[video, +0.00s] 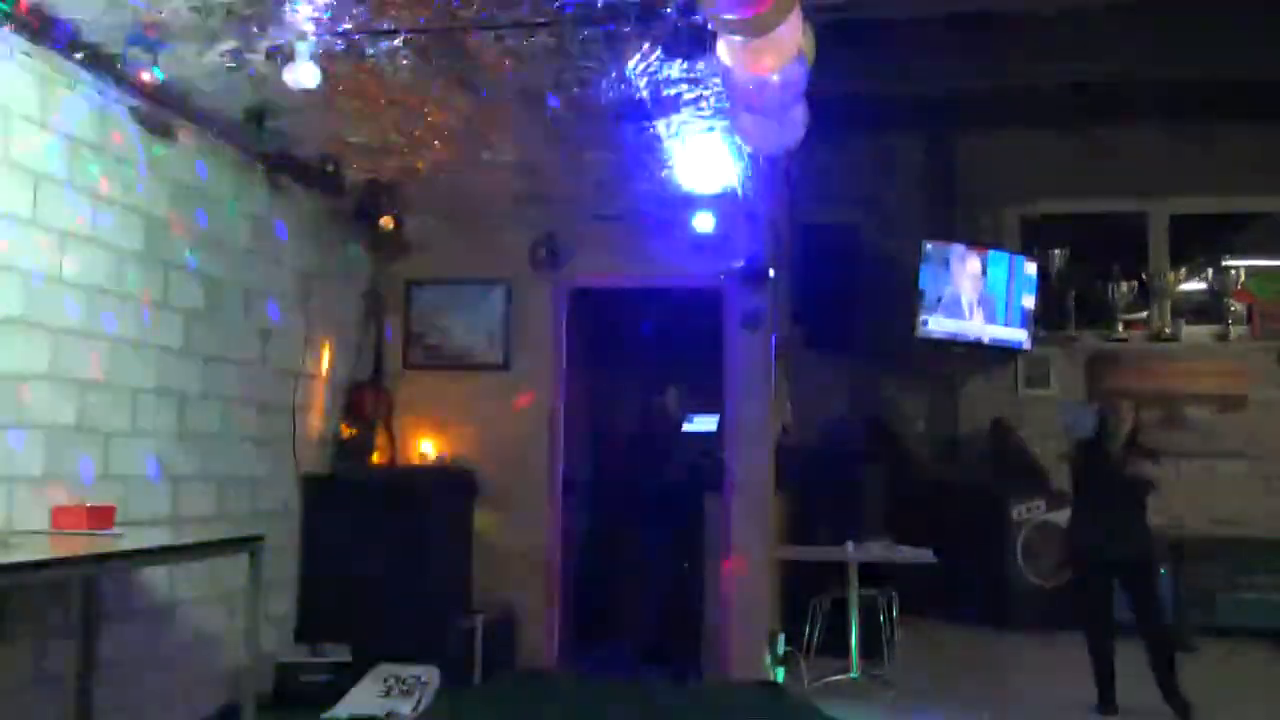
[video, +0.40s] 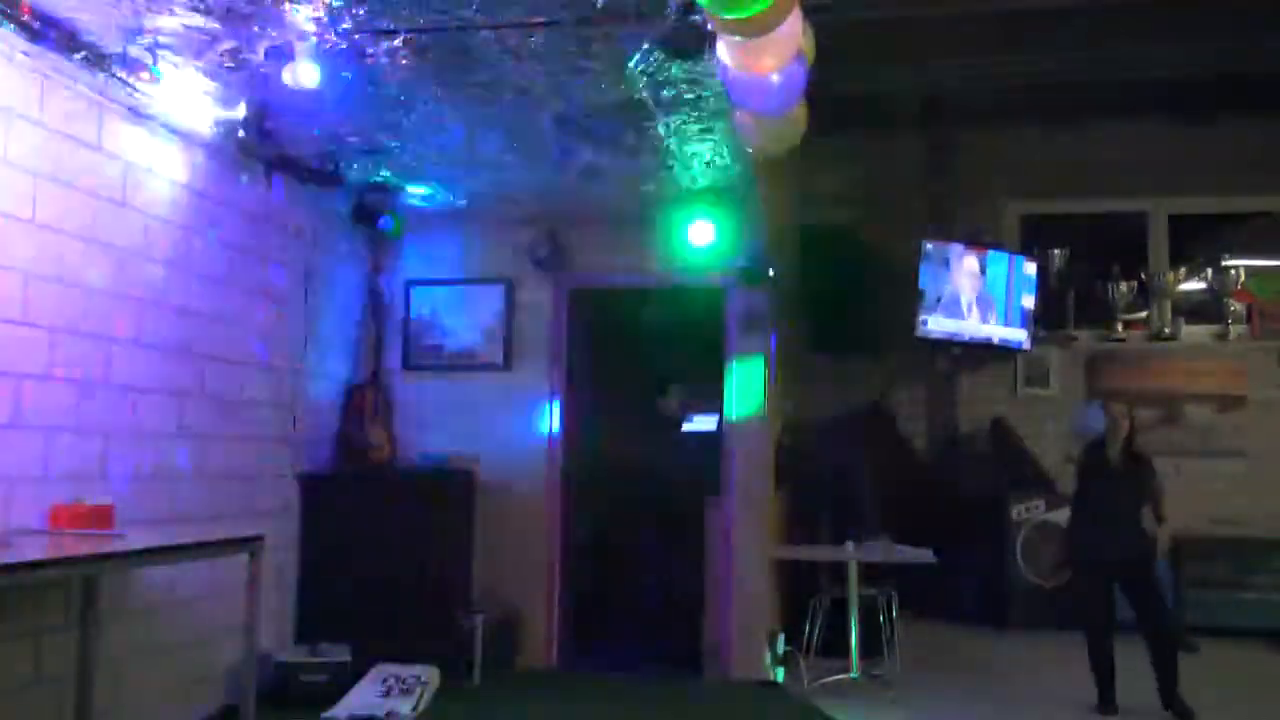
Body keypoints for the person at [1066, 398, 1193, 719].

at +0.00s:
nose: (1121, 421)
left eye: (1127, 414)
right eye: (1115, 414)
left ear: (1135, 419)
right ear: (1103, 418)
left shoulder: (1142, 455)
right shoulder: (1085, 452)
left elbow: (1149, 496)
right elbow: (1081, 500)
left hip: (1134, 548)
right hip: (1093, 549)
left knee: (1153, 622)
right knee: (1099, 627)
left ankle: (1172, 693)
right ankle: (1106, 698)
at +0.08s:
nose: (1116, 422)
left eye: (1119, 417)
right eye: (1109, 417)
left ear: (1125, 423)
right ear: (1098, 423)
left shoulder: (1131, 453)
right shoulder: (1085, 453)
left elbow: (1150, 475)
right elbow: (1093, 496)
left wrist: (1128, 450)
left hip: (1131, 547)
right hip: (1093, 549)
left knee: (1151, 619)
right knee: (1098, 625)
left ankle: (1163, 689)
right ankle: (1106, 697)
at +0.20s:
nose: (1116, 424)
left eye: (1122, 418)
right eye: (1110, 417)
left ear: (1131, 424)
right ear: (1100, 424)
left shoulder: (1140, 462)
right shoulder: (1085, 459)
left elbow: (1155, 504)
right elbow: (1078, 506)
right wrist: (1071, 554)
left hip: (1132, 552)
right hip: (1092, 553)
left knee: (1152, 622)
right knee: (1098, 628)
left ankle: (1161, 695)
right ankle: (1106, 698)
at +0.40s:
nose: (1117, 425)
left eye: (1122, 419)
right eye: (1111, 419)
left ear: (1131, 424)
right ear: (1101, 424)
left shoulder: (1140, 463)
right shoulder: (1089, 460)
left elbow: (1155, 504)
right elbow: (1079, 508)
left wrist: (1159, 529)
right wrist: (1070, 553)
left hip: (1133, 554)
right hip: (1093, 554)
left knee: (1159, 624)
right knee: (1099, 629)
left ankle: (1170, 695)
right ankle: (1106, 698)